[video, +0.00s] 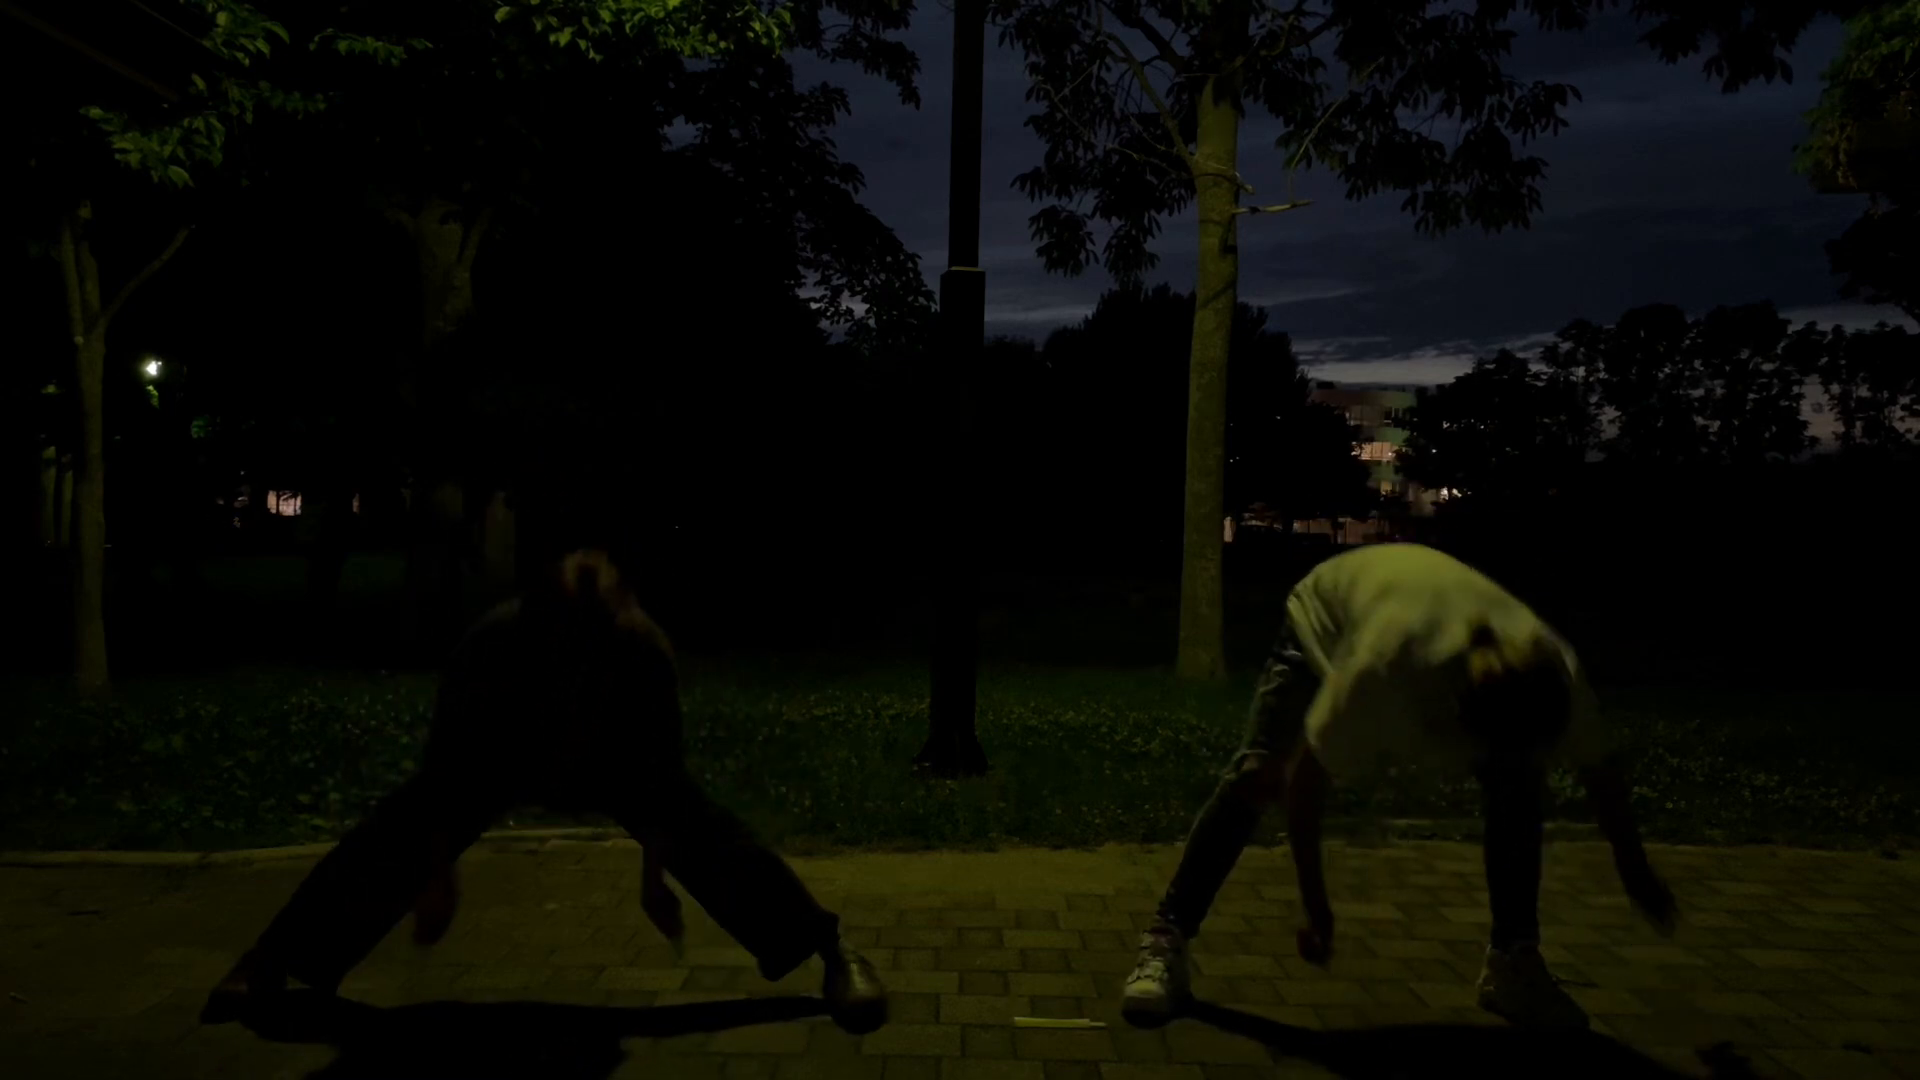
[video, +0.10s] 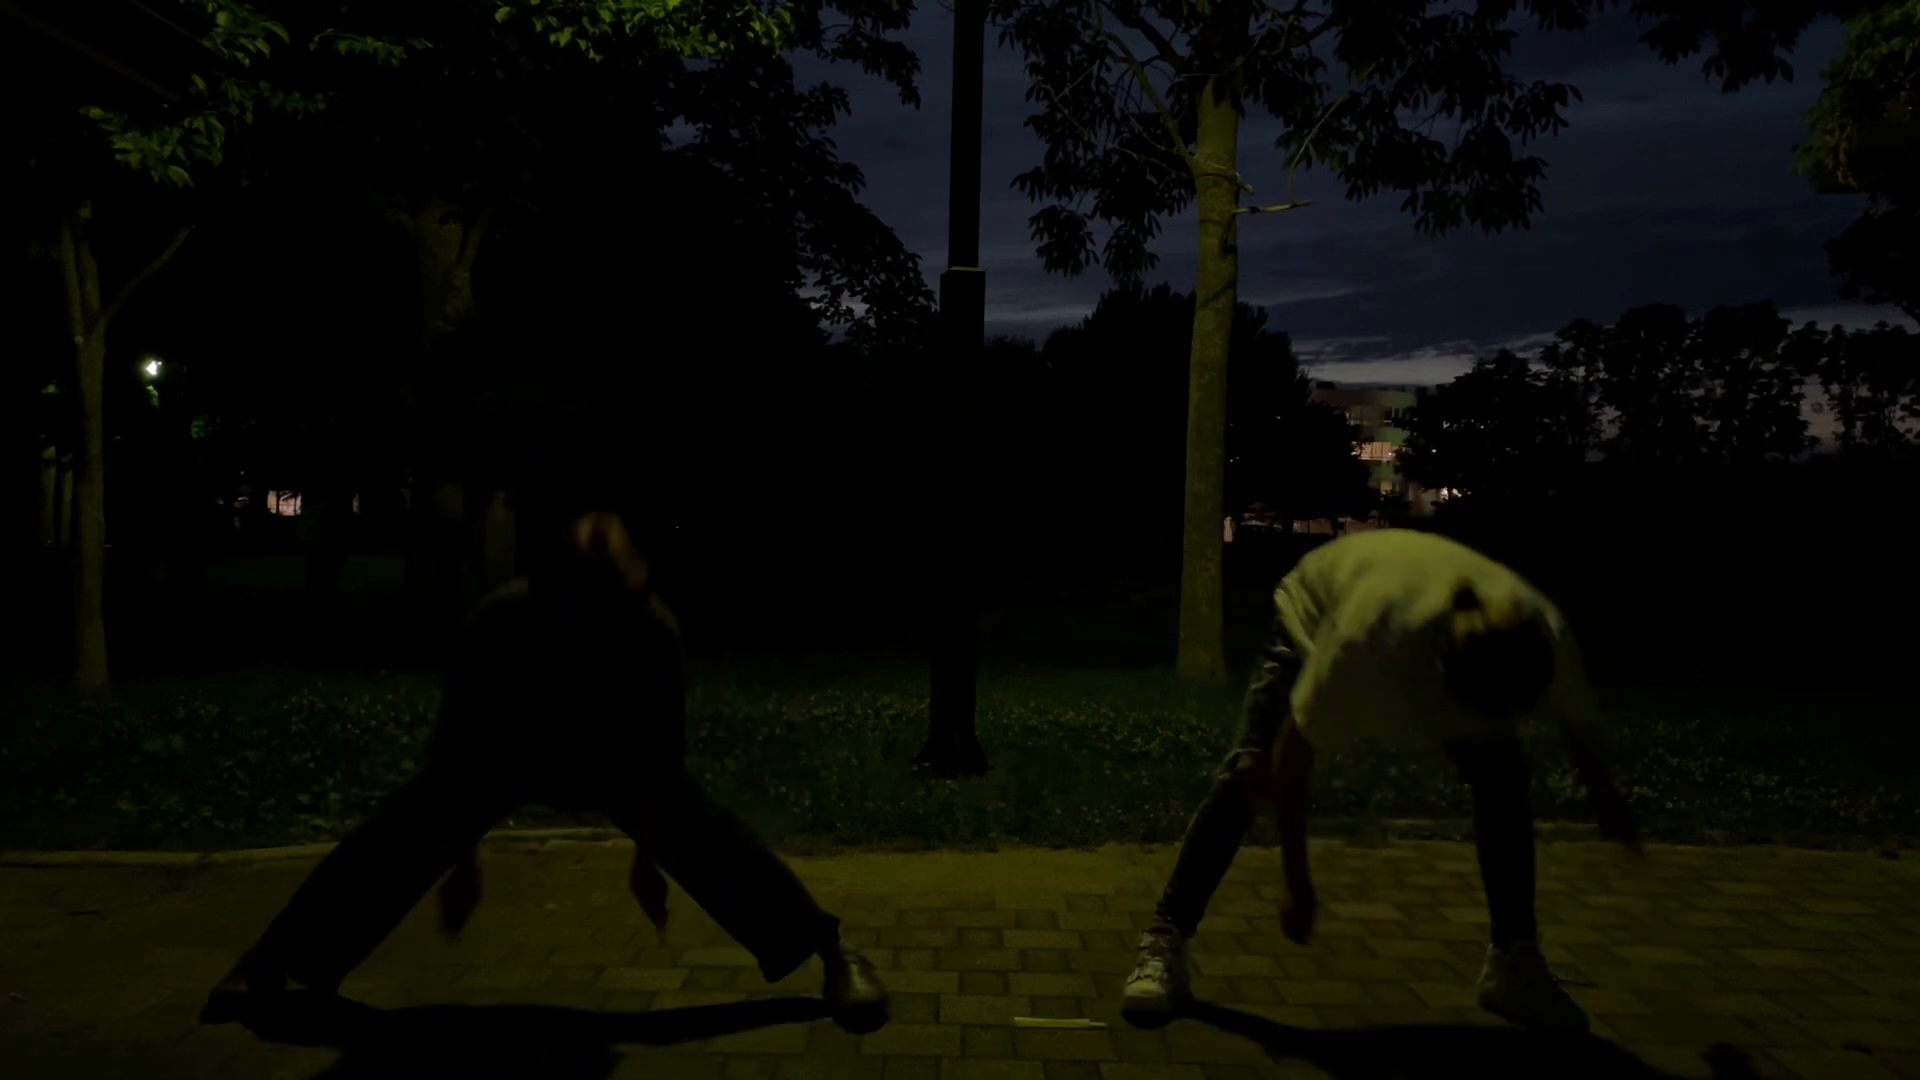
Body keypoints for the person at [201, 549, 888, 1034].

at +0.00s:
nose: (584, 614)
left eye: (596, 600)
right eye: (571, 599)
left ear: (617, 604)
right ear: (544, 601)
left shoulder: (641, 653)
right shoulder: (494, 646)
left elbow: (665, 781)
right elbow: (445, 776)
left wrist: (656, 874)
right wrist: (437, 879)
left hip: (616, 764)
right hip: (500, 760)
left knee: (702, 833)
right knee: (390, 837)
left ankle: (828, 948)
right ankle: (277, 969)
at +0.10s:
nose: (597, 577)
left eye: (611, 563)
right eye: (584, 562)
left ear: (631, 571)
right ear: (555, 568)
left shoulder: (648, 632)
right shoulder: (504, 623)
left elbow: (663, 754)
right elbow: (461, 751)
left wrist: (648, 860)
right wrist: (462, 864)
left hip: (619, 764)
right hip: (504, 762)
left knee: (710, 840)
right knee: (388, 844)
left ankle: (832, 955)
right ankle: (275, 974)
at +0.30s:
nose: (618, 461)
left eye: (630, 445)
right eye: (605, 444)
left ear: (650, 456)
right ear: (576, 449)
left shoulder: (666, 535)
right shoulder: (521, 523)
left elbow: (686, 649)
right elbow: (480, 629)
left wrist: (664, 748)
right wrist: (486, 725)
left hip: (625, 727)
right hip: (514, 720)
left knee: (712, 839)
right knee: (397, 839)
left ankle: (834, 953)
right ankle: (268, 968)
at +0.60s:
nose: (582, 454)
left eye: (595, 437)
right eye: (568, 437)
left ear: (620, 438)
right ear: (547, 438)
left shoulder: (662, 502)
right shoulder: (510, 501)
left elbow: (710, 612)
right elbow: (468, 609)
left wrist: (738, 721)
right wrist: (445, 710)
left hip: (638, 707)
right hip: (528, 705)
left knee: (722, 833)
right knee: (421, 832)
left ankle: (839, 956)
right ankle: (318, 975)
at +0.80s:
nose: (561, 439)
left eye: (574, 421)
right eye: (548, 422)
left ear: (602, 422)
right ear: (529, 426)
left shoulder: (656, 483)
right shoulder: (503, 486)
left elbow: (738, 585)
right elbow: (427, 591)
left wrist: (803, 680)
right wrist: (356, 680)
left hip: (639, 698)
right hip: (532, 698)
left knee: (720, 825)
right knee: (436, 827)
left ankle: (841, 956)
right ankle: (326, 968)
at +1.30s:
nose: (565, 403)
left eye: (577, 386)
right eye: (551, 387)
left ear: (602, 389)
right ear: (527, 393)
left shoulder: (648, 471)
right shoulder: (494, 474)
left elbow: (695, 584)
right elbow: (454, 590)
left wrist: (699, 692)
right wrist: (423, 688)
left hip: (632, 693)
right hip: (523, 695)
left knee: (719, 825)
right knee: (426, 833)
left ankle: (839, 954)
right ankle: (323, 977)